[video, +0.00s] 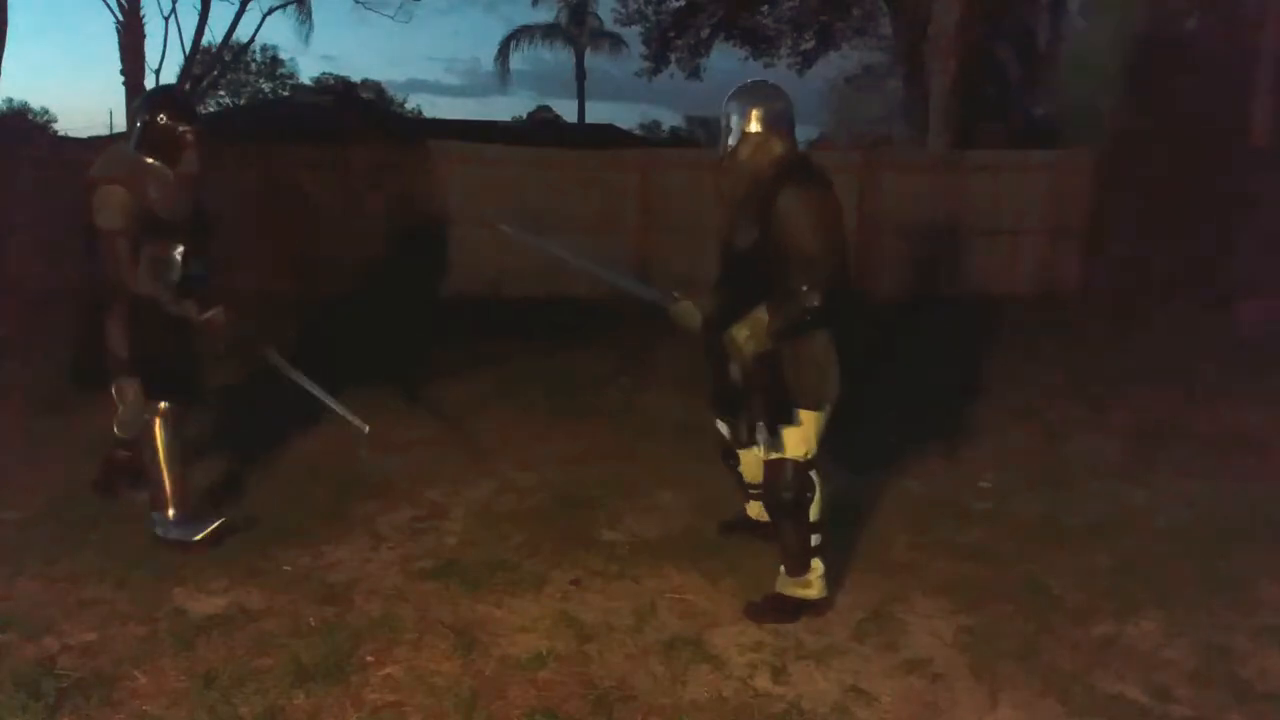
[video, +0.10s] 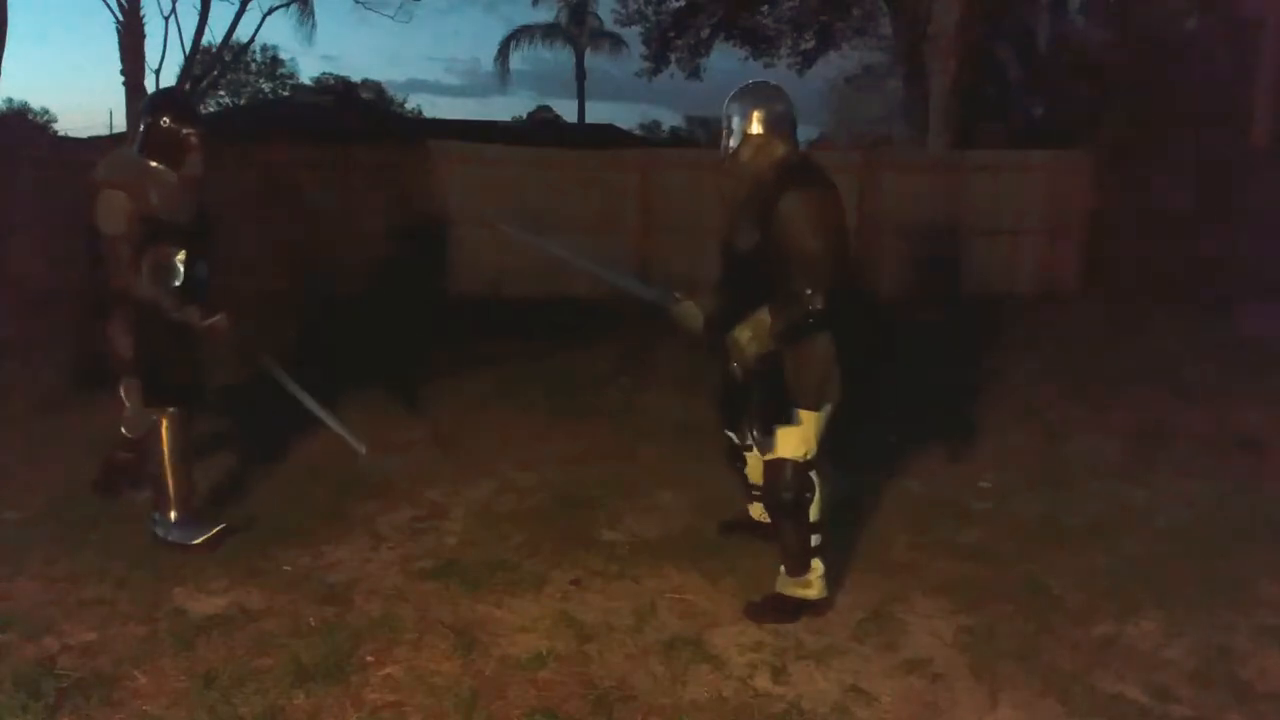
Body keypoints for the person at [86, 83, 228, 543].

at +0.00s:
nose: (187, 138)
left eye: (189, 129)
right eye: (179, 128)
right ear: (154, 127)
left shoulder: (173, 183)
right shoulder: (119, 183)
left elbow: (187, 255)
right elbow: (121, 275)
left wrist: (206, 299)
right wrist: (188, 310)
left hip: (166, 305)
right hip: (137, 308)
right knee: (164, 402)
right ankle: (173, 511)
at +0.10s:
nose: (191, 141)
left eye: (193, 132)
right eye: (184, 131)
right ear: (159, 129)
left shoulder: (175, 184)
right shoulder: (123, 183)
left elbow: (184, 254)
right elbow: (127, 277)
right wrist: (190, 314)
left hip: (168, 305)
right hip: (143, 309)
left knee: (152, 396)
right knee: (170, 402)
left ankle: (124, 466)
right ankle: (176, 512)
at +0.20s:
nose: (195, 142)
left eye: (195, 133)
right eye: (188, 132)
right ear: (165, 129)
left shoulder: (174, 182)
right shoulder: (128, 180)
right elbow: (128, 274)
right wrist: (195, 312)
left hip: (175, 306)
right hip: (152, 310)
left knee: (160, 400)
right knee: (177, 406)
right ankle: (176, 513)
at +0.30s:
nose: (206, 143)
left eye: (205, 133)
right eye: (199, 132)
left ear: (169, 132)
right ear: (175, 131)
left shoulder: (180, 183)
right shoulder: (137, 182)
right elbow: (136, 277)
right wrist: (205, 312)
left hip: (177, 309)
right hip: (156, 311)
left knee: (171, 404)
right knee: (176, 409)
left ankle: (167, 503)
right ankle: (178, 514)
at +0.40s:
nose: (212, 143)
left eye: (212, 133)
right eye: (206, 132)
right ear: (184, 130)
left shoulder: (189, 183)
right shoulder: (147, 183)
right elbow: (139, 272)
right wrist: (201, 302)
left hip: (188, 308)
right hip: (165, 312)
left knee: (181, 405)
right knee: (181, 410)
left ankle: (172, 505)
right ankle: (178, 513)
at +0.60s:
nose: (231, 140)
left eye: (233, 131)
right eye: (225, 129)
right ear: (202, 129)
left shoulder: (212, 181)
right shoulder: (162, 183)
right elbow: (166, 273)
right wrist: (226, 289)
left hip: (209, 308)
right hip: (179, 310)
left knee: (211, 402)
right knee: (191, 408)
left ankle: (202, 489)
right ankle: (177, 514)